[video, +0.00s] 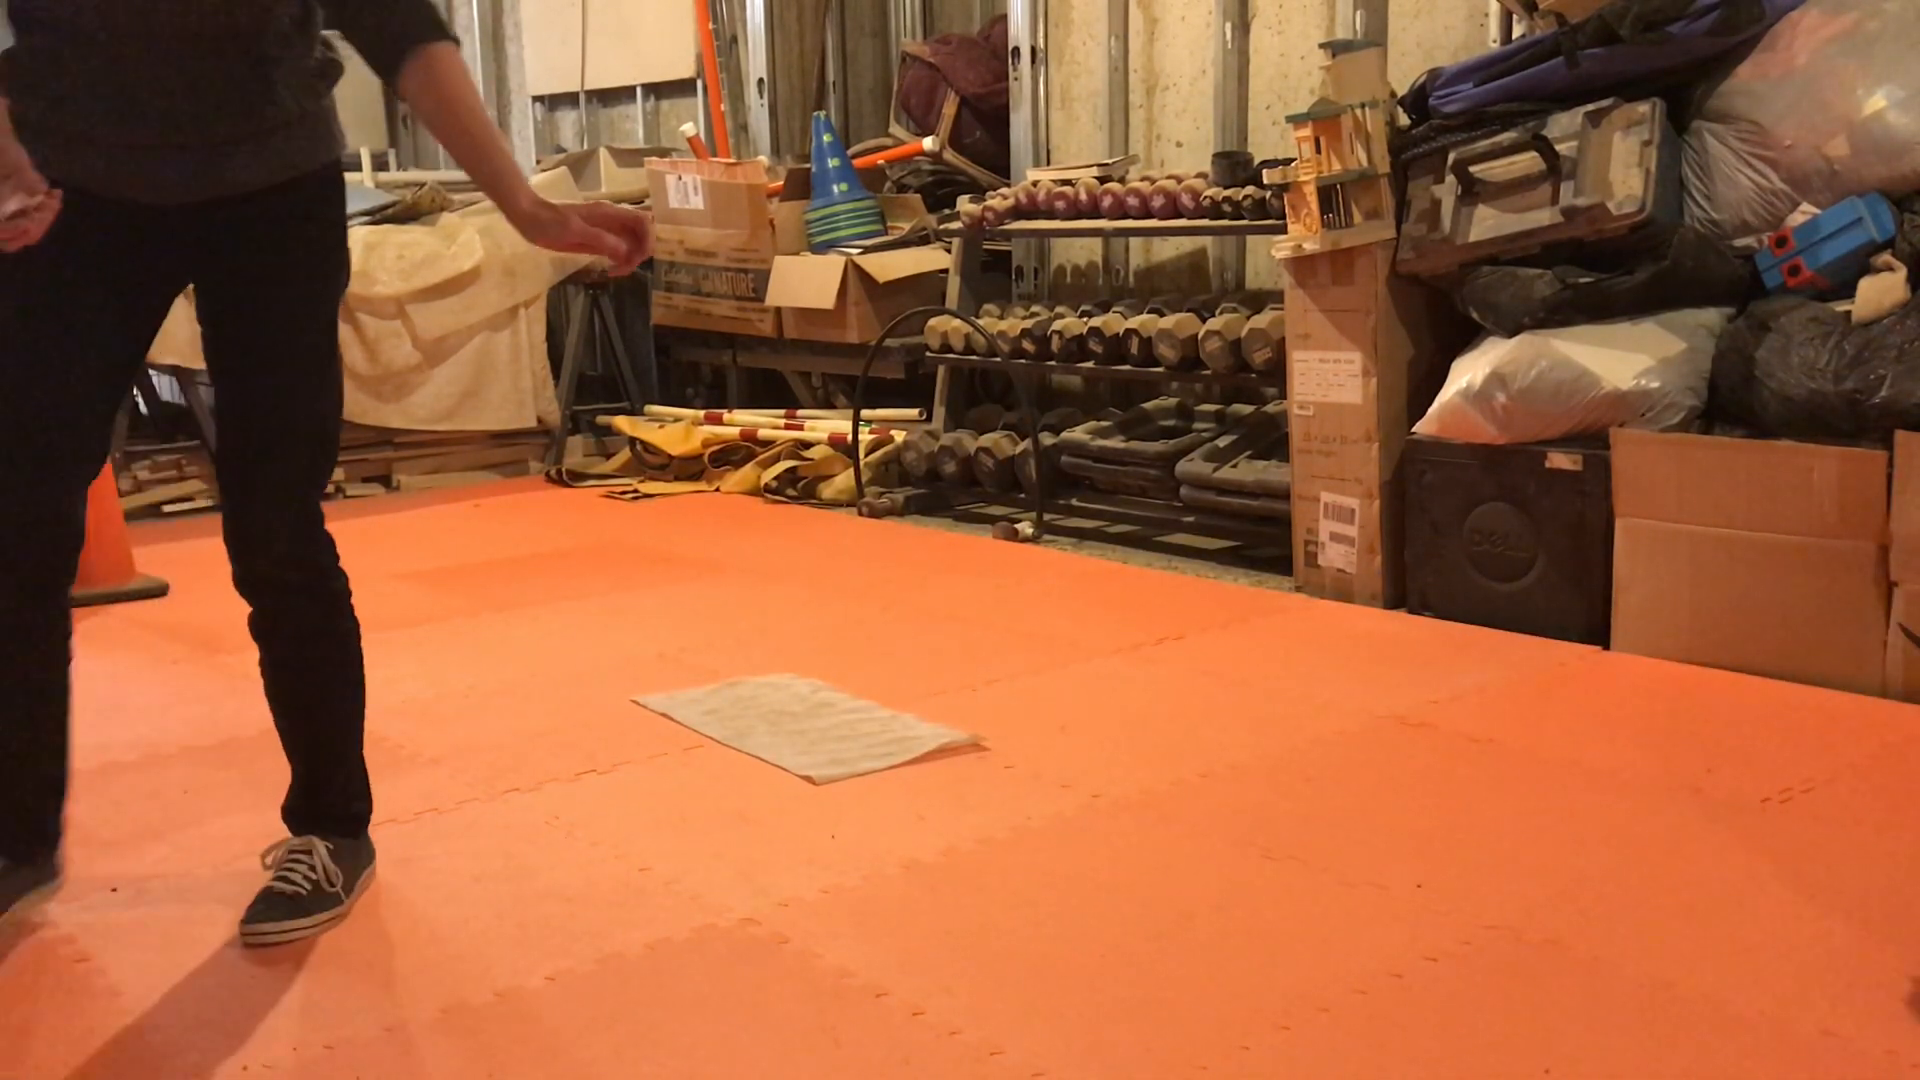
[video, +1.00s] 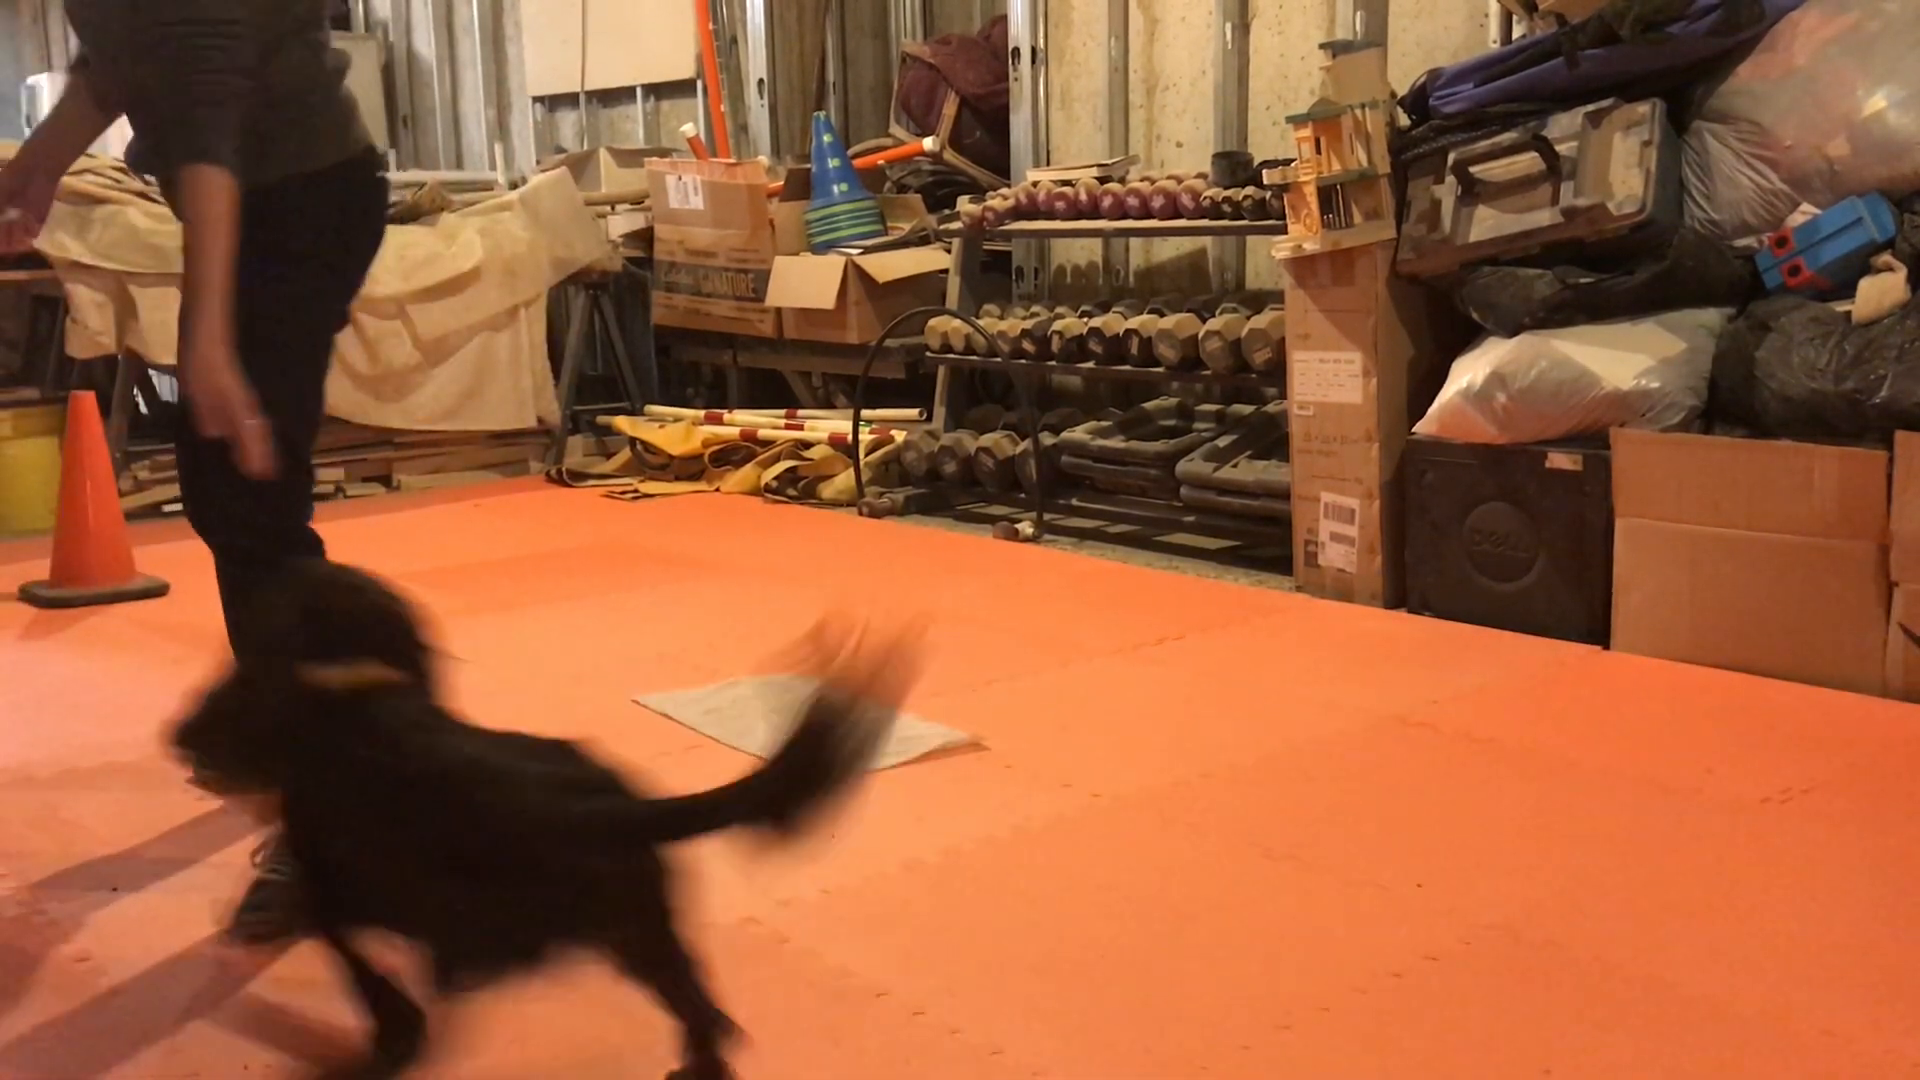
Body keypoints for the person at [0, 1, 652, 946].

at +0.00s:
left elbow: (396, 23)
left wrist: (524, 201)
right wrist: (7, 135)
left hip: (271, 180)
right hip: (77, 185)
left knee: (275, 536)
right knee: (20, 540)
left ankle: (331, 831)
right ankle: (18, 847)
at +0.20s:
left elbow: (424, 18)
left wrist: (563, 194)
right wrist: (18, 133)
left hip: (283, 176)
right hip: (96, 179)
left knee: (276, 534)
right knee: (46, 519)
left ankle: (333, 829)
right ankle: (98, 785)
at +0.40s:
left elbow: (426, 45)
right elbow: (9, 36)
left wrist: (558, 242)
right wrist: (19, 156)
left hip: (294, 162)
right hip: (113, 167)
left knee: (283, 524)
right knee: (100, 521)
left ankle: (323, 832)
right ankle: (117, 795)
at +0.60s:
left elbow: (397, 80)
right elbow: (24, 21)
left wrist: (487, 303)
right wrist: (30, 181)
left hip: (317, 170)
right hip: (149, 171)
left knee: (291, 516)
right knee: (158, 479)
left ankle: (329, 830)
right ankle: (233, 716)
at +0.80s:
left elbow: (318, 106)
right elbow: (40, 52)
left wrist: (367, 336)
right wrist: (25, 173)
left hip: (314, 180)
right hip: (188, 190)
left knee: (282, 500)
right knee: (195, 469)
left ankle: (332, 828)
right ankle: (272, 695)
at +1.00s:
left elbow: (208, 99)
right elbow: (127, 47)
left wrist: (209, 342)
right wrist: (36, 165)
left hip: (303, 192)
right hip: (235, 196)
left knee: (249, 492)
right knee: (225, 479)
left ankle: (323, 812)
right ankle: (303, 759)